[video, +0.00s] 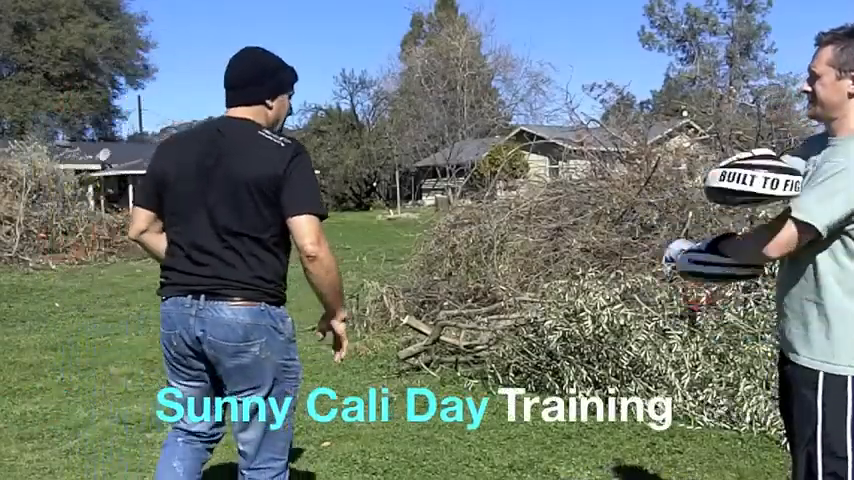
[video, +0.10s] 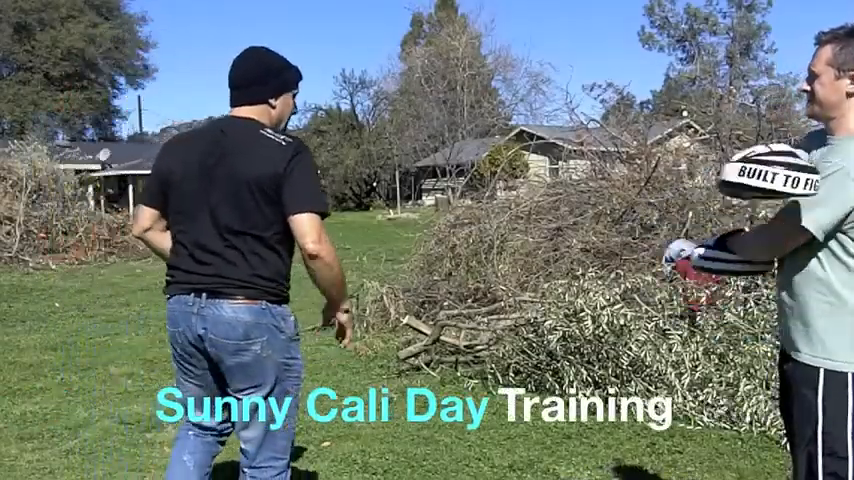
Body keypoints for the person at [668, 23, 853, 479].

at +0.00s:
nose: (804, 87)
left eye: (815, 77)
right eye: (808, 77)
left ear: (849, 84)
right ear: (842, 84)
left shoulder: (845, 158)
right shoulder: (816, 148)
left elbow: (773, 245)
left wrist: (696, 254)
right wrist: (717, 253)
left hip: (833, 356)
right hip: (803, 348)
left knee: (827, 470)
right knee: (809, 465)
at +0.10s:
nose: (804, 87)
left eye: (814, 77)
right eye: (807, 76)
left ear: (848, 84)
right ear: (842, 84)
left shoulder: (843, 158)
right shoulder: (821, 146)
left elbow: (774, 243)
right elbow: (782, 238)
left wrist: (703, 252)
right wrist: (717, 251)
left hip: (832, 354)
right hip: (805, 347)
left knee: (827, 469)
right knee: (809, 464)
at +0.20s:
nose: (802, 87)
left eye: (811, 77)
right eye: (804, 76)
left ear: (847, 83)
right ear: (841, 83)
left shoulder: (842, 157)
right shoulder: (821, 145)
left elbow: (772, 243)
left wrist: (737, 240)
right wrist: (757, 232)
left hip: (832, 349)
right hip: (808, 343)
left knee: (827, 469)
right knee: (811, 464)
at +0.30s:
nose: (801, 87)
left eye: (810, 77)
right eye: (804, 76)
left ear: (846, 83)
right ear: (841, 83)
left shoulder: (841, 160)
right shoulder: (823, 148)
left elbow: (771, 243)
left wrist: (741, 239)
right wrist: (764, 233)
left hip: (831, 348)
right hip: (810, 343)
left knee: (827, 469)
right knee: (812, 464)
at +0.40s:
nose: (800, 89)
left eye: (808, 78)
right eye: (803, 78)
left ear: (845, 83)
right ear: (841, 83)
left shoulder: (841, 159)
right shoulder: (822, 146)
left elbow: (781, 243)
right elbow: (790, 223)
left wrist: (746, 241)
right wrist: (760, 239)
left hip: (832, 352)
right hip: (809, 347)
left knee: (827, 469)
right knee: (811, 465)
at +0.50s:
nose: (801, 90)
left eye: (809, 80)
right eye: (803, 79)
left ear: (845, 84)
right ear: (840, 83)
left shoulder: (844, 161)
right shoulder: (817, 146)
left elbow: (780, 251)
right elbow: (777, 230)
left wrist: (737, 244)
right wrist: (723, 265)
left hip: (833, 354)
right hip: (806, 346)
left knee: (828, 469)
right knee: (811, 465)